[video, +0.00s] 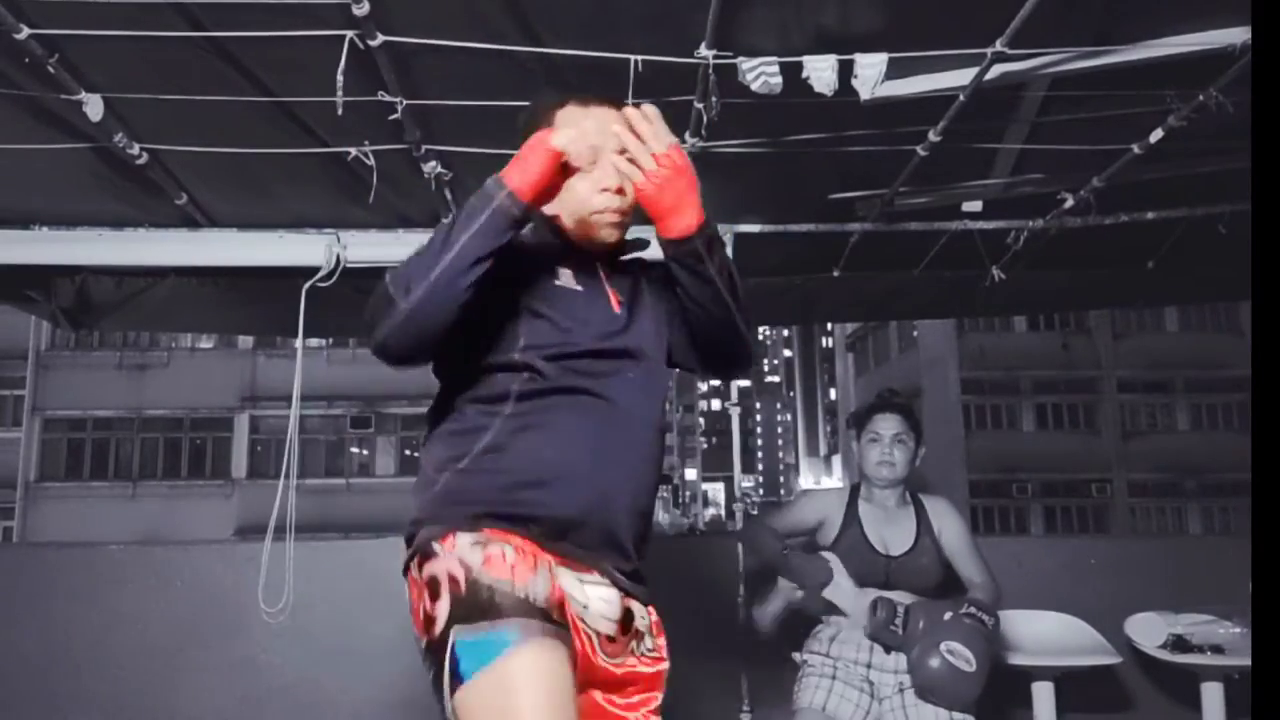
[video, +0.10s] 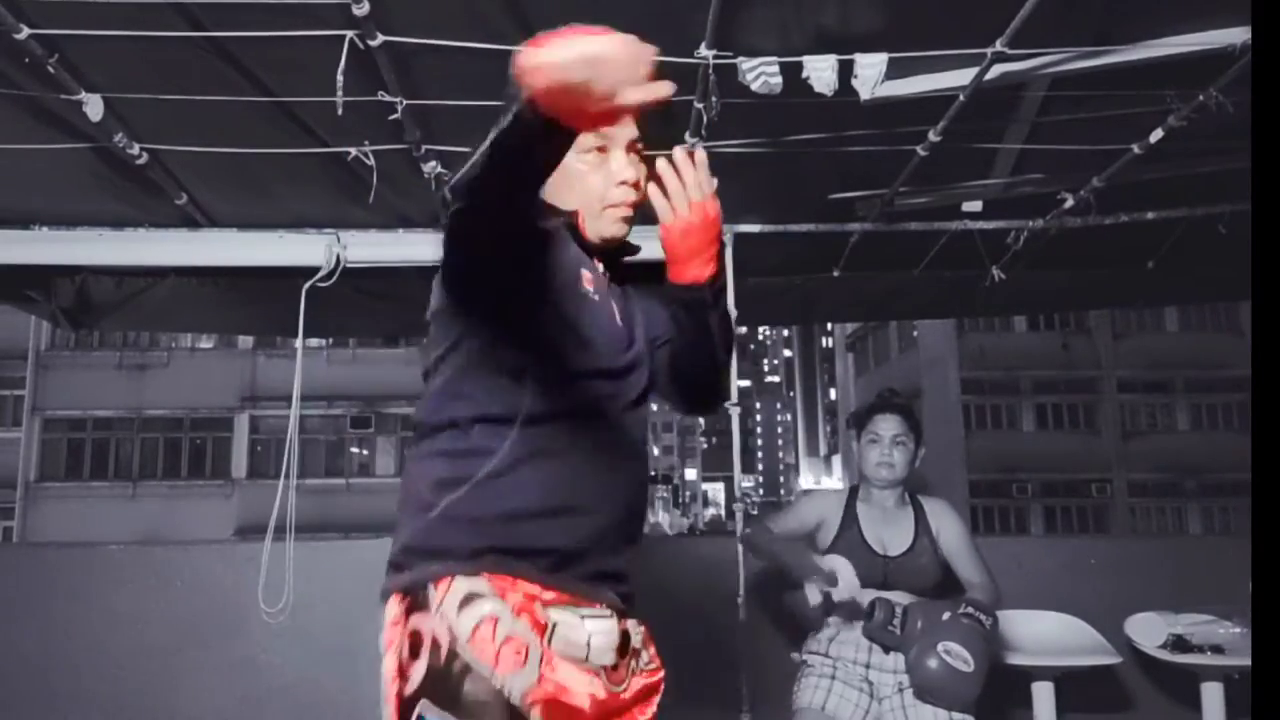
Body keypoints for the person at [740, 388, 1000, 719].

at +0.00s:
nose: (886, 450)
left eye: (899, 440)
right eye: (874, 439)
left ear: (917, 454)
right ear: (857, 450)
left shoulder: (938, 513)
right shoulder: (828, 506)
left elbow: (984, 587)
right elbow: (756, 530)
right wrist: (792, 563)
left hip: (921, 671)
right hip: (837, 667)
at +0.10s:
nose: (886, 452)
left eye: (898, 442)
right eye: (873, 441)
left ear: (916, 455)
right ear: (856, 451)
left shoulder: (937, 514)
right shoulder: (826, 506)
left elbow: (982, 588)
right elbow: (755, 533)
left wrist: (966, 619)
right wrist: (801, 561)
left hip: (920, 671)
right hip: (837, 666)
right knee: (819, 711)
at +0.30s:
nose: (885, 452)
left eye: (899, 443)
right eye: (873, 440)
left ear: (917, 457)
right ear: (856, 450)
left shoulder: (935, 516)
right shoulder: (827, 512)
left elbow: (981, 587)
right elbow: (774, 560)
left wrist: (974, 619)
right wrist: (787, 495)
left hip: (920, 668)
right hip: (842, 664)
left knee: (939, 714)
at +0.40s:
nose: (885, 452)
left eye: (899, 443)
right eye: (873, 441)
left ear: (917, 458)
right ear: (856, 450)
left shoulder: (935, 516)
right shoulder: (828, 511)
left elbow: (982, 587)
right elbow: (788, 574)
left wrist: (971, 617)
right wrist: (785, 505)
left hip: (919, 667)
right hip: (838, 663)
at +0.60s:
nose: (885, 452)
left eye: (896, 442)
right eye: (871, 442)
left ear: (912, 452)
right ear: (852, 451)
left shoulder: (932, 514)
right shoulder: (831, 512)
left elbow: (982, 588)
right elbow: (763, 557)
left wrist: (966, 620)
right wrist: (812, 520)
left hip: (919, 667)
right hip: (839, 664)